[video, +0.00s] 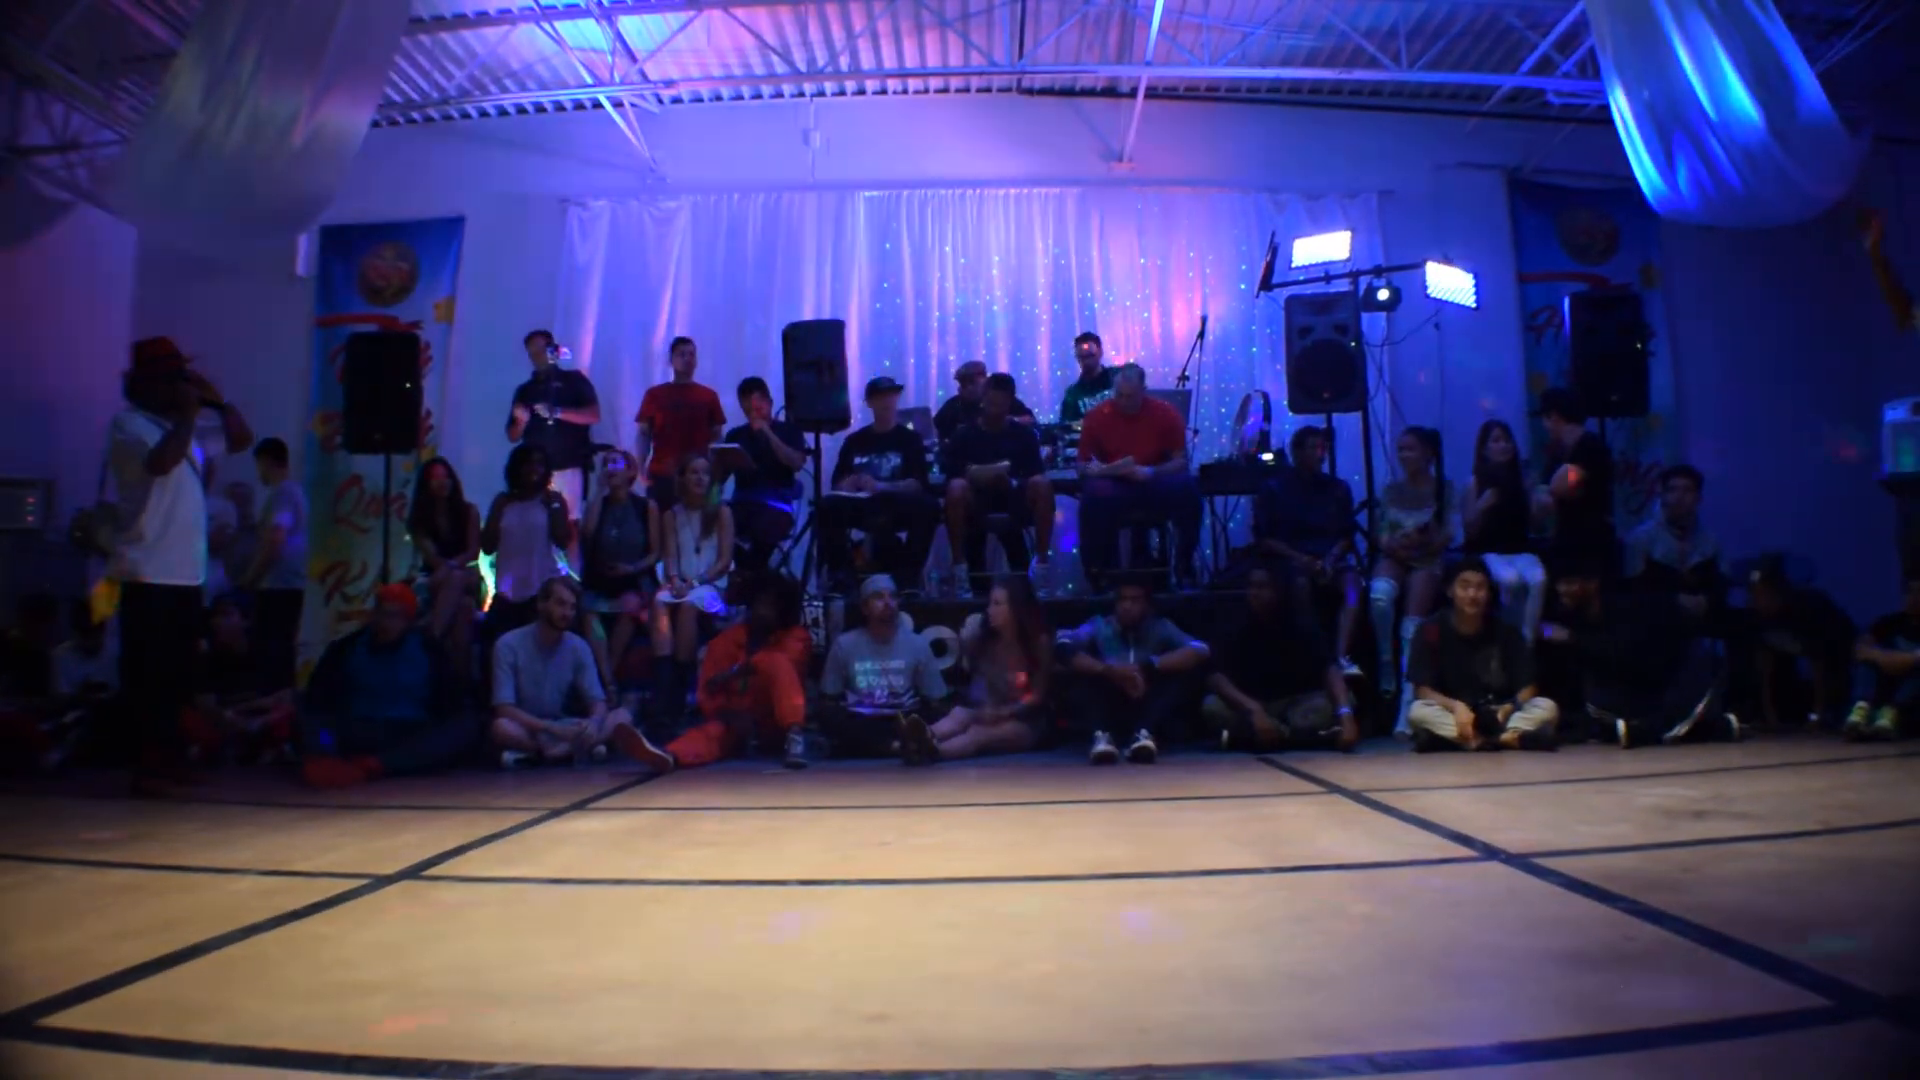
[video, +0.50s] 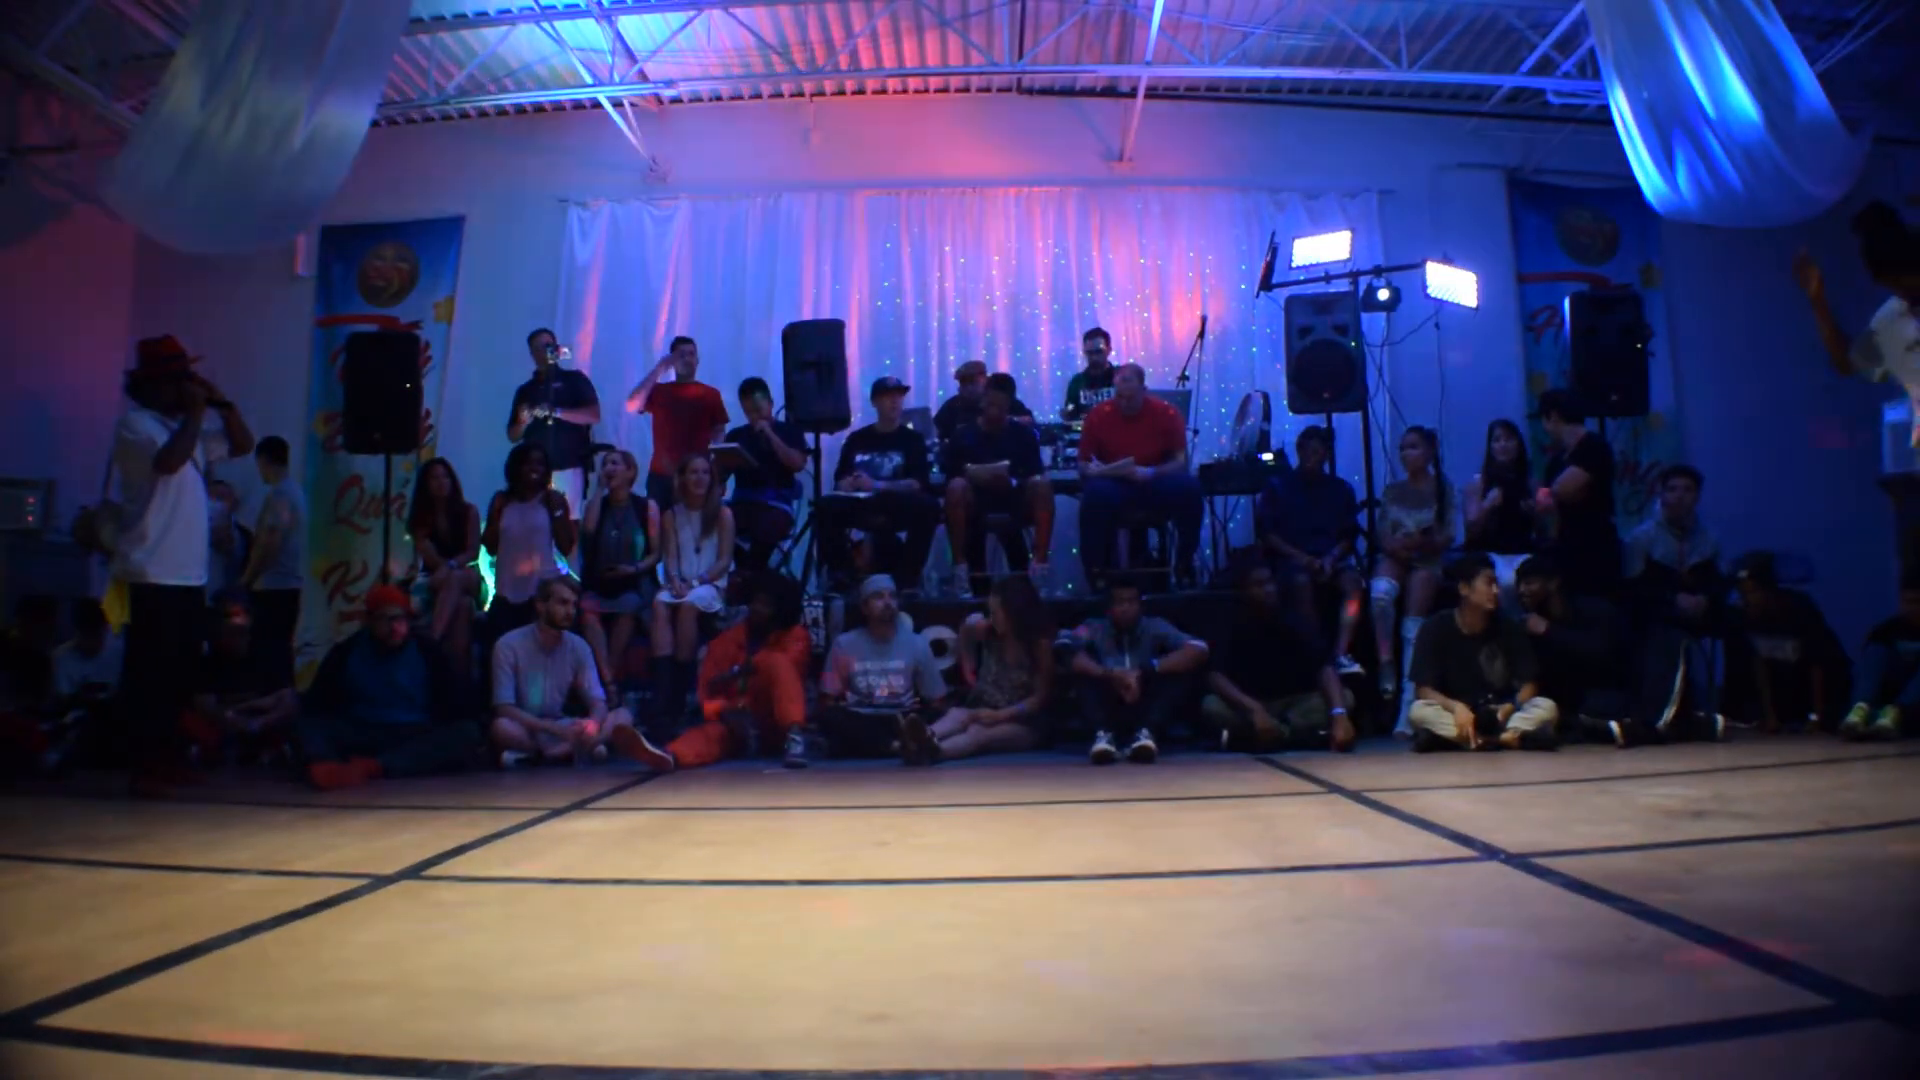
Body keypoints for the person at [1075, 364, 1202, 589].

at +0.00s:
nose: (1124, 402)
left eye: (1130, 396)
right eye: (1120, 395)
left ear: (1143, 391)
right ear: (1113, 391)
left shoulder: (1165, 414)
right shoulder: (1096, 417)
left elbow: (1180, 461)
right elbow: (1084, 466)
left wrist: (1150, 472)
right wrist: (1113, 469)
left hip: (1155, 483)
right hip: (1115, 485)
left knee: (1187, 491)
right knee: (1095, 492)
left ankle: (1184, 569)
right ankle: (1099, 574)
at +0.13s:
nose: (1125, 401)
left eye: (1131, 395)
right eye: (1121, 394)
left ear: (1145, 391)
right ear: (1115, 390)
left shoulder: (1167, 413)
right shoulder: (1099, 415)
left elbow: (1182, 460)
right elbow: (1085, 464)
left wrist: (1151, 471)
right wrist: (1113, 468)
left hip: (1156, 483)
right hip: (1117, 485)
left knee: (1189, 488)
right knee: (1096, 493)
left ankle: (1185, 569)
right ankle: (1099, 577)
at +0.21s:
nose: (1126, 400)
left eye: (1131, 394)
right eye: (1121, 394)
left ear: (1145, 391)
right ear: (1115, 390)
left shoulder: (1167, 413)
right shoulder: (1100, 415)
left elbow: (1181, 461)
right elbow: (1085, 464)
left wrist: (1151, 472)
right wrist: (1113, 469)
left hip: (1156, 484)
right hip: (1117, 485)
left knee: (1190, 489)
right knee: (1096, 494)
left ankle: (1185, 569)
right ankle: (1100, 577)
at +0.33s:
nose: (1125, 403)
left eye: (1131, 397)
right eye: (1120, 396)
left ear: (1144, 391)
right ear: (1114, 392)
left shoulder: (1166, 414)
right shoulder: (1098, 417)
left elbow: (1180, 462)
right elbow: (1084, 465)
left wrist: (1151, 472)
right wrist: (1111, 470)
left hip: (1154, 484)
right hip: (1116, 485)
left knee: (1189, 490)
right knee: (1095, 494)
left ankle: (1185, 566)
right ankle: (1097, 575)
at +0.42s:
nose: (1125, 403)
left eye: (1131, 397)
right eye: (1121, 397)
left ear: (1144, 391)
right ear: (1114, 391)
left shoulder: (1167, 414)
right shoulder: (1098, 416)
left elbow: (1180, 462)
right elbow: (1085, 466)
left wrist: (1151, 472)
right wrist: (1112, 470)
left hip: (1154, 483)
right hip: (1116, 484)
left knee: (1189, 490)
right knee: (1095, 494)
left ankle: (1185, 567)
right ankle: (1097, 573)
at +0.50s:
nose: (1125, 402)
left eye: (1130, 396)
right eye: (1120, 396)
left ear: (1143, 390)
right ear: (1114, 392)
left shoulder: (1166, 414)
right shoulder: (1098, 416)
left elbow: (1180, 462)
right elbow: (1085, 464)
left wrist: (1151, 473)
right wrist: (1110, 470)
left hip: (1154, 484)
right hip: (1116, 484)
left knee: (1189, 491)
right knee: (1095, 494)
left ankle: (1184, 567)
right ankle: (1097, 573)